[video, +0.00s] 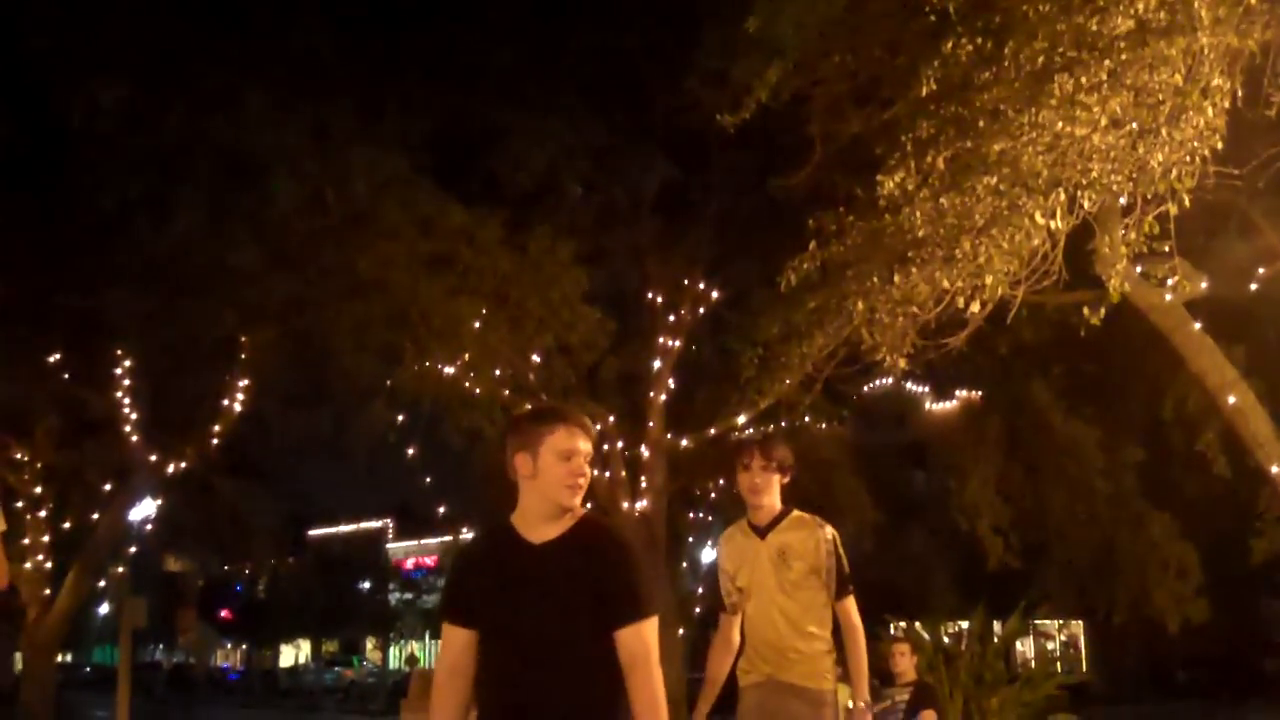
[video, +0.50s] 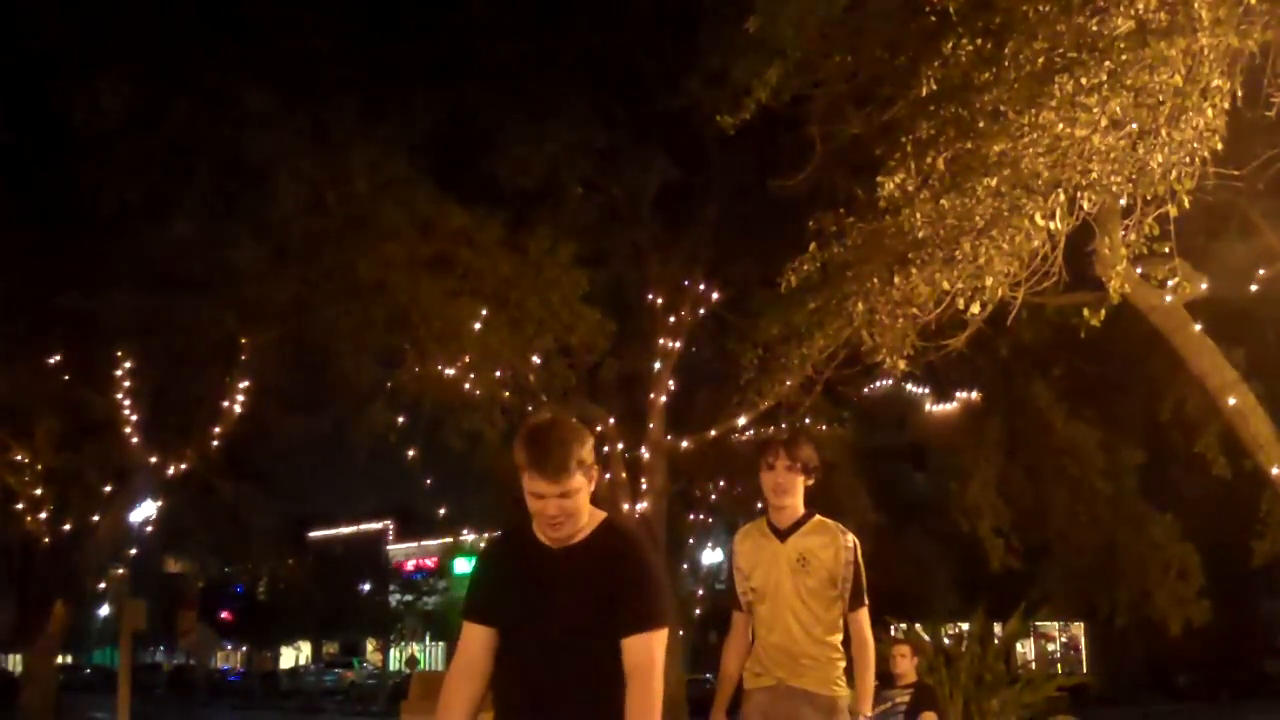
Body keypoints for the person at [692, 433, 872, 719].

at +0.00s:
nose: (754, 477)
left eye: (765, 467)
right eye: (746, 468)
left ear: (784, 475)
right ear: (735, 478)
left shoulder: (818, 535)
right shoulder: (729, 542)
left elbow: (850, 620)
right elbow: (728, 633)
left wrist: (861, 701)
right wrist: (701, 710)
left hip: (813, 689)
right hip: (754, 688)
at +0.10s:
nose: (762, 478)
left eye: (773, 468)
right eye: (753, 468)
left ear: (792, 475)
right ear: (743, 477)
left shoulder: (826, 537)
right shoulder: (735, 541)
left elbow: (854, 624)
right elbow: (732, 630)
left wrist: (866, 706)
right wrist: (704, 710)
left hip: (816, 692)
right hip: (756, 691)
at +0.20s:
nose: (769, 479)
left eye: (781, 469)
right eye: (760, 468)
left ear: (799, 477)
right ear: (751, 478)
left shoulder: (832, 539)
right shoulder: (739, 542)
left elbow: (859, 628)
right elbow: (737, 630)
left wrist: (869, 708)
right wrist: (710, 708)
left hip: (821, 693)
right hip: (760, 692)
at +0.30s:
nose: (775, 481)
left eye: (786, 471)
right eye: (766, 470)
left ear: (803, 479)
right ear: (756, 479)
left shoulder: (837, 543)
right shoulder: (743, 544)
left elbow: (862, 633)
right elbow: (739, 632)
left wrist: (869, 711)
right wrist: (715, 709)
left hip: (826, 695)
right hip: (763, 695)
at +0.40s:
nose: (779, 479)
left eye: (789, 470)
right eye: (770, 469)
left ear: (807, 477)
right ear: (759, 476)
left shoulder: (839, 541)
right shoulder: (745, 542)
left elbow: (860, 632)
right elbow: (740, 630)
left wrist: (867, 711)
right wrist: (718, 709)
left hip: (825, 696)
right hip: (762, 695)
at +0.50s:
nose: (779, 478)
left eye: (790, 468)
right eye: (770, 468)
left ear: (807, 476)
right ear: (759, 476)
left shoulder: (839, 541)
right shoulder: (745, 540)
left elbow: (860, 633)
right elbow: (740, 630)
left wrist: (863, 711)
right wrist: (718, 710)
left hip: (824, 696)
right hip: (760, 695)